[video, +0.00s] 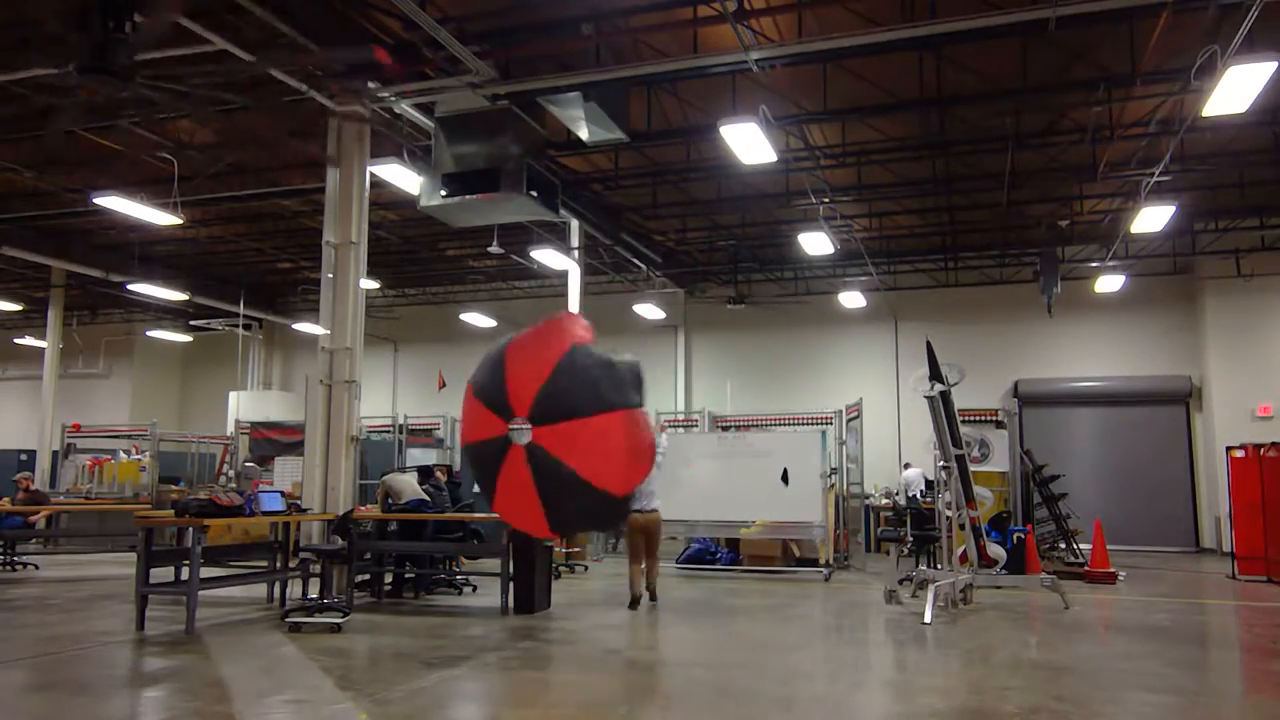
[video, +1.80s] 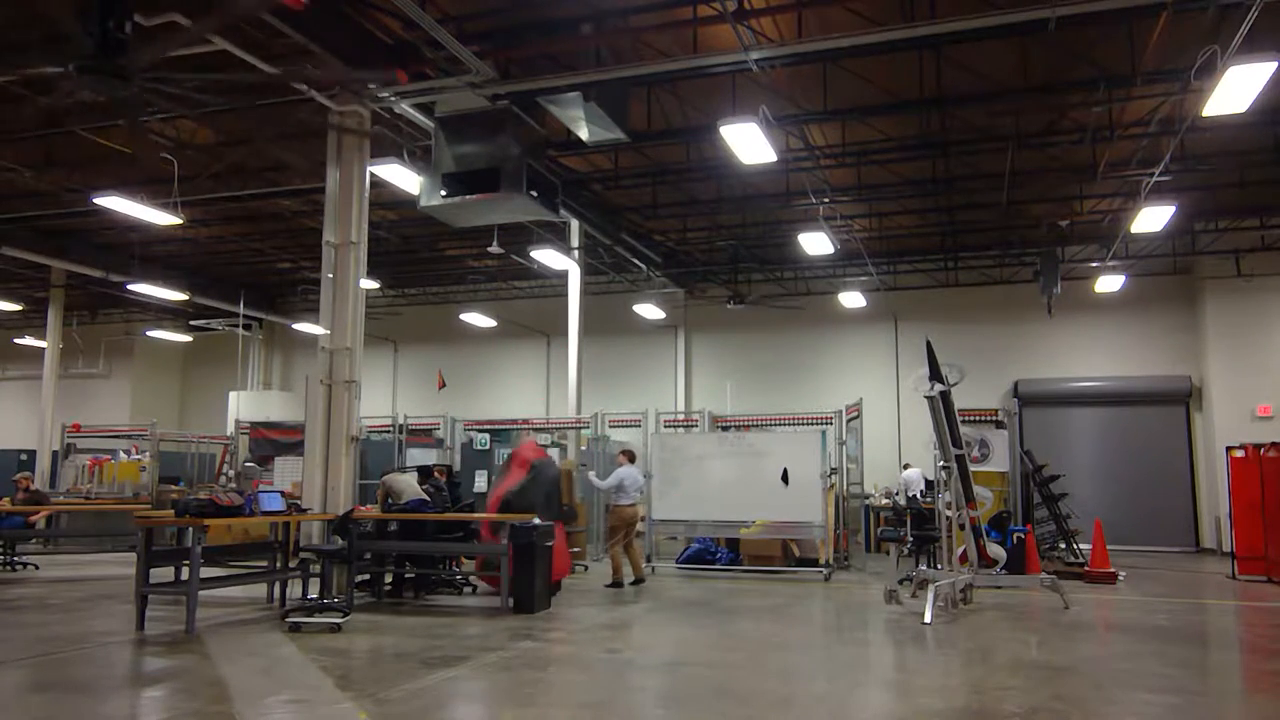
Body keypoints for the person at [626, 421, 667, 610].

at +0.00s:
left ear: (632, 451)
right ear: (646, 452)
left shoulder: (628, 467)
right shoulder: (653, 466)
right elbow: (660, 449)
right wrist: (662, 434)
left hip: (634, 513)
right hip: (653, 513)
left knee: (635, 559)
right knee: (652, 556)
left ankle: (636, 592)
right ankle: (651, 587)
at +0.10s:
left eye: (634, 454)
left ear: (632, 458)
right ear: (646, 457)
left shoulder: (625, 476)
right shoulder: (653, 467)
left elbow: (622, 502)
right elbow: (664, 453)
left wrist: (626, 511)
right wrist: (666, 434)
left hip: (635, 512)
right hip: (653, 510)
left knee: (635, 552)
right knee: (652, 554)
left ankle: (635, 579)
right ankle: (652, 590)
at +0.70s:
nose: (622, 460)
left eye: (624, 457)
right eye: (623, 457)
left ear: (630, 459)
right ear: (636, 459)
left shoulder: (625, 474)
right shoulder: (646, 468)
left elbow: (620, 497)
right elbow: (664, 467)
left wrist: (606, 501)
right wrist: (676, 455)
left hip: (631, 511)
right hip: (646, 509)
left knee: (631, 548)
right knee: (644, 545)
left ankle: (635, 583)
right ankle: (649, 574)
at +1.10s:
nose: (622, 460)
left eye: (624, 457)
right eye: (623, 457)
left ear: (630, 458)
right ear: (635, 458)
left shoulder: (624, 472)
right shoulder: (644, 470)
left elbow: (611, 488)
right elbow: (663, 477)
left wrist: (595, 478)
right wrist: (683, 475)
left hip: (627, 512)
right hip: (642, 511)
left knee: (623, 544)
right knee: (637, 546)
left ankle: (631, 572)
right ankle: (642, 578)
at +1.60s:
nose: (617, 458)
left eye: (619, 455)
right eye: (618, 455)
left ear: (626, 457)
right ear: (630, 459)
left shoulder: (619, 470)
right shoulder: (636, 472)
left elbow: (604, 484)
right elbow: (649, 487)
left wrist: (590, 472)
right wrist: (665, 495)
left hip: (618, 509)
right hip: (632, 509)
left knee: (613, 545)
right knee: (627, 544)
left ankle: (617, 579)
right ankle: (639, 575)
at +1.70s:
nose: (617, 458)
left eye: (619, 456)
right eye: (618, 455)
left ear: (625, 458)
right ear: (629, 459)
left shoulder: (619, 471)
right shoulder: (636, 473)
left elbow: (602, 485)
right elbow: (646, 488)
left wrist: (590, 474)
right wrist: (656, 495)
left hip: (618, 510)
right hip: (632, 509)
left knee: (612, 545)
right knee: (627, 544)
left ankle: (617, 579)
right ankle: (639, 574)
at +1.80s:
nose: (618, 459)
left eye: (619, 456)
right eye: (618, 456)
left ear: (625, 457)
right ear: (631, 458)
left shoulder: (621, 472)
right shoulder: (637, 472)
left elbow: (604, 486)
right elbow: (641, 488)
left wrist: (591, 477)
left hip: (619, 508)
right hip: (633, 508)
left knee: (614, 545)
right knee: (629, 544)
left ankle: (617, 579)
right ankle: (639, 575)